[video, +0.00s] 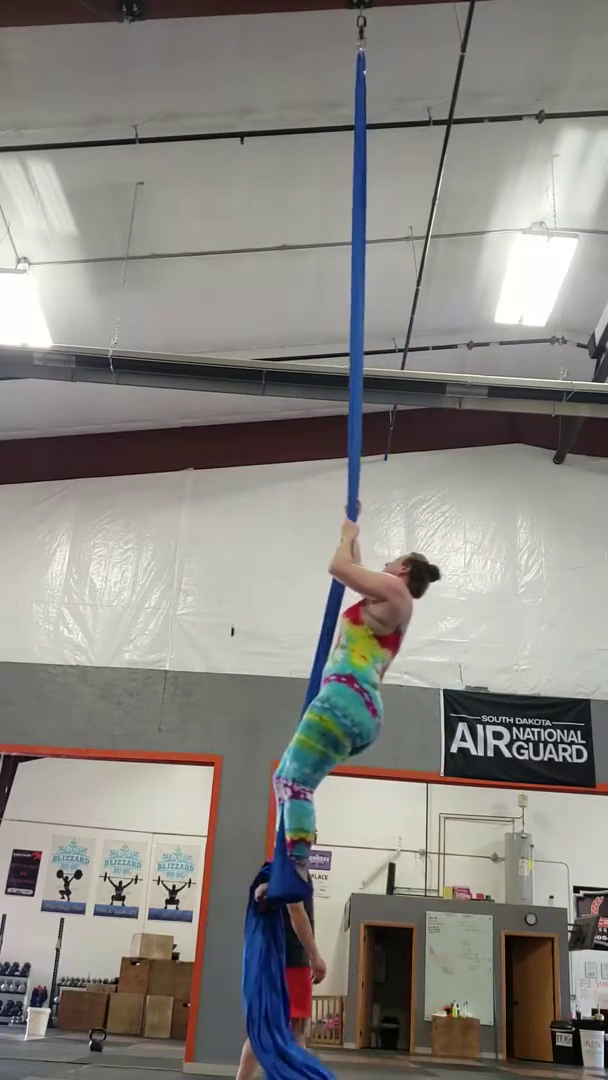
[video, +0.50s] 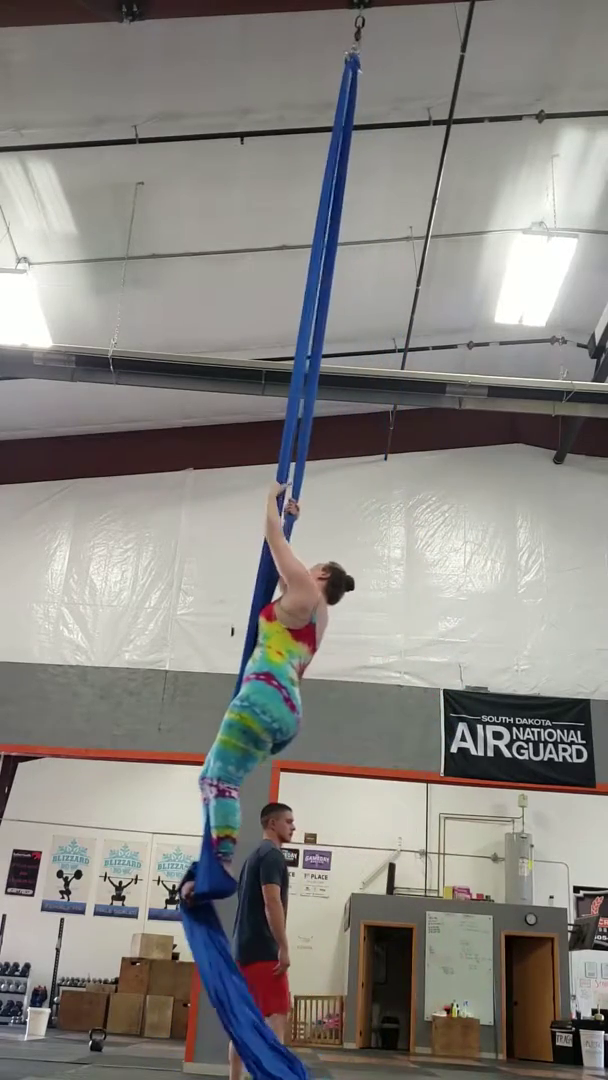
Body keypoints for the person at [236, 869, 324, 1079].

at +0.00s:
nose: (315, 841)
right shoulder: (291, 867)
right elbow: (297, 914)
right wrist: (315, 955)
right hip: (292, 961)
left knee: (260, 1027)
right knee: (296, 1030)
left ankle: (243, 1075)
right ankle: (296, 1074)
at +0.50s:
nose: (293, 827)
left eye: (293, 822)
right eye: (289, 822)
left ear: (270, 825)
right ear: (272, 823)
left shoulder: (253, 857)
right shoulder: (271, 854)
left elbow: (246, 905)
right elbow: (271, 901)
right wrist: (283, 946)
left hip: (245, 949)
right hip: (263, 950)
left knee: (243, 1018)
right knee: (279, 1013)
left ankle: (236, 1074)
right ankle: (272, 1072)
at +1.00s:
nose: (296, 818)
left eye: (295, 813)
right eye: (290, 813)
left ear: (277, 818)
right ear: (273, 817)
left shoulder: (271, 850)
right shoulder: (268, 851)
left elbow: (274, 906)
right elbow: (267, 904)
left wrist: (290, 952)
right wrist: (290, 948)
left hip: (265, 951)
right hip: (263, 951)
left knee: (260, 1019)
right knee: (266, 1020)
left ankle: (240, 1072)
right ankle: (255, 1077)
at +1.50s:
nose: (307, 817)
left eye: (307, 811)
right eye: (302, 811)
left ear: (289, 815)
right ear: (284, 814)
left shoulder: (287, 849)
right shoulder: (274, 846)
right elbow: (247, 874)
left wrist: (288, 926)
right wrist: (254, 922)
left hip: (288, 945)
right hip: (271, 944)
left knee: (288, 1022)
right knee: (267, 1021)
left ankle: (283, 1077)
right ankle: (256, 1076)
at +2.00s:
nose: (311, 816)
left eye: (310, 811)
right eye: (306, 811)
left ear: (291, 815)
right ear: (288, 814)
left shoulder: (289, 848)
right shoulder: (281, 846)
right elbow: (258, 877)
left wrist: (290, 924)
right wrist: (263, 922)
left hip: (288, 948)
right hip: (273, 947)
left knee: (288, 1024)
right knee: (268, 1023)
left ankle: (283, 1076)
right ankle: (256, 1076)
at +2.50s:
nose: (308, 817)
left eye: (307, 812)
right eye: (304, 812)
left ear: (289, 815)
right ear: (290, 814)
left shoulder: (288, 847)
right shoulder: (281, 847)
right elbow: (258, 878)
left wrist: (284, 923)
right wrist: (264, 923)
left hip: (284, 949)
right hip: (271, 949)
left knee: (288, 1024)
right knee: (267, 1025)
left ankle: (283, 1075)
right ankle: (256, 1075)